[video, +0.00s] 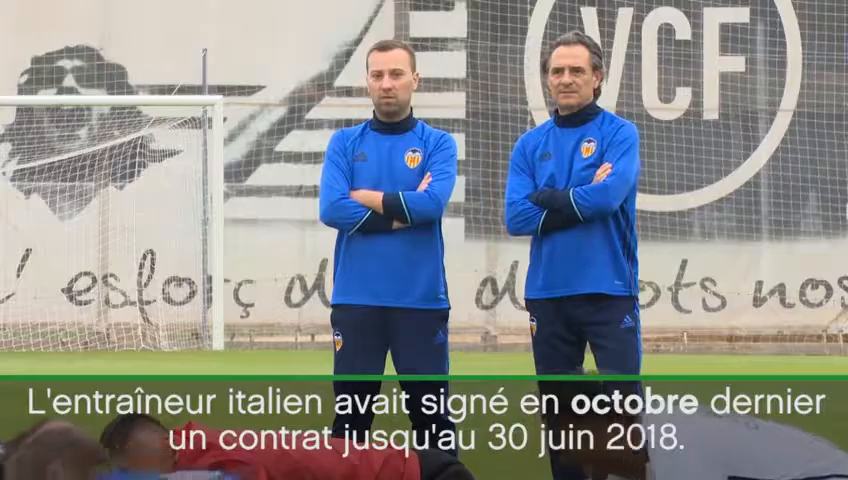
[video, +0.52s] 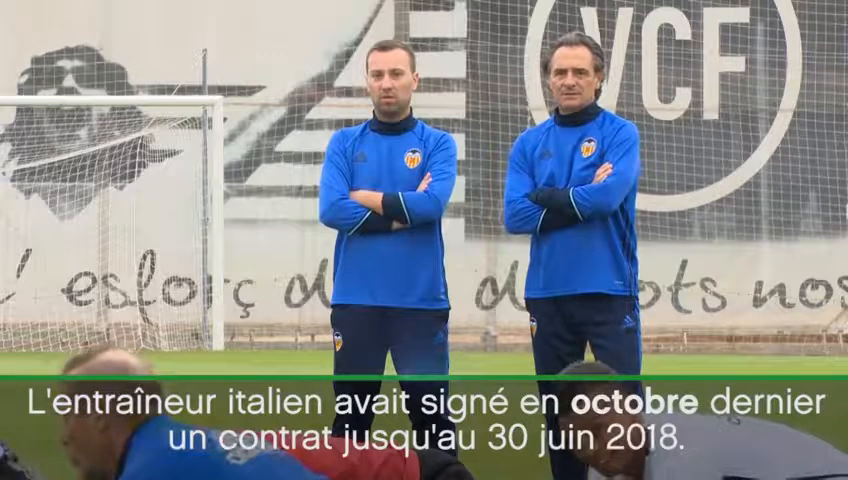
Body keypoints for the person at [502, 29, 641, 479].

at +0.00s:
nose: (565, 80)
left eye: (576, 71)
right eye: (557, 71)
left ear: (597, 78)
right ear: (547, 80)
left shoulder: (620, 133)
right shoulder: (529, 143)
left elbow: (608, 196)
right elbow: (516, 218)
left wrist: (540, 197)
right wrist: (587, 196)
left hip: (610, 293)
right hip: (549, 295)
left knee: (624, 406)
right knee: (556, 410)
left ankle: (630, 477)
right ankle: (568, 477)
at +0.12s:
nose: (565, 80)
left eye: (576, 71)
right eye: (557, 71)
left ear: (597, 78)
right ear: (548, 80)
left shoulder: (620, 133)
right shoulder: (529, 143)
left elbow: (607, 195)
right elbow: (516, 218)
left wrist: (541, 197)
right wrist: (587, 196)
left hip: (610, 293)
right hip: (549, 296)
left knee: (625, 405)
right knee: (557, 411)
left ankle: (635, 476)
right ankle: (568, 478)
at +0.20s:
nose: (566, 80)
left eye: (577, 71)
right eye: (557, 71)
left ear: (597, 79)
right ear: (548, 80)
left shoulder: (620, 133)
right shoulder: (528, 143)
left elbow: (607, 196)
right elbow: (516, 218)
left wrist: (541, 197)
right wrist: (587, 195)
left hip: (610, 293)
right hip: (549, 295)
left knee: (624, 405)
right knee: (557, 410)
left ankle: (635, 476)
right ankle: (568, 478)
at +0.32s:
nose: (567, 81)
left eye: (578, 72)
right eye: (558, 72)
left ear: (598, 79)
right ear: (548, 80)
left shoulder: (620, 133)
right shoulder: (529, 142)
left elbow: (608, 195)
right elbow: (516, 218)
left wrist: (541, 196)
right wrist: (587, 196)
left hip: (610, 292)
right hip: (549, 295)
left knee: (624, 405)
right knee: (557, 411)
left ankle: (635, 476)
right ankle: (568, 478)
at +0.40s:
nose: (567, 81)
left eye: (578, 72)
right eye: (559, 72)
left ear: (598, 79)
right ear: (548, 80)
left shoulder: (620, 133)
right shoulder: (529, 142)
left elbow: (608, 196)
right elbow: (516, 217)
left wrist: (541, 196)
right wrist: (587, 195)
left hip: (610, 292)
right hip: (549, 294)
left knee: (625, 406)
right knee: (556, 410)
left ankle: (630, 476)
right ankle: (568, 477)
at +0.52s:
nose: (568, 81)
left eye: (579, 72)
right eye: (560, 73)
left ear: (598, 79)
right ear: (549, 81)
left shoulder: (620, 133)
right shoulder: (528, 141)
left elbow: (607, 196)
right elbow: (515, 216)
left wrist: (539, 196)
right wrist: (586, 195)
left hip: (611, 291)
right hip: (549, 292)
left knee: (624, 405)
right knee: (556, 409)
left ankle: (628, 474)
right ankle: (567, 476)